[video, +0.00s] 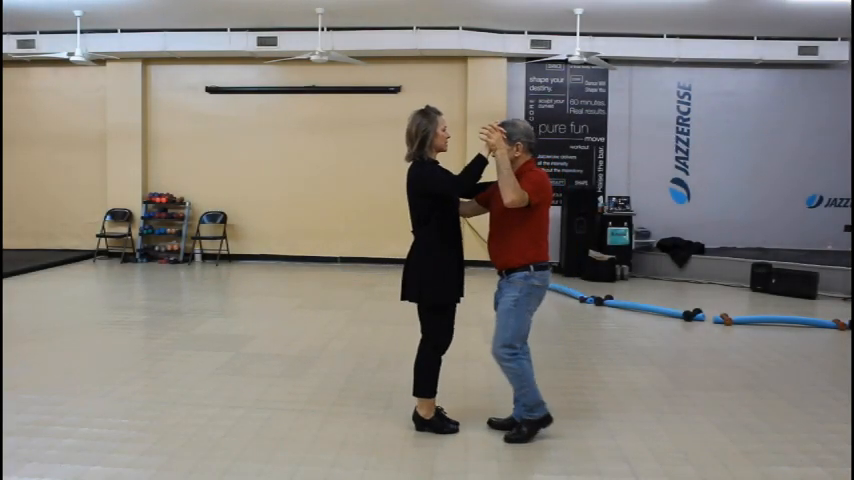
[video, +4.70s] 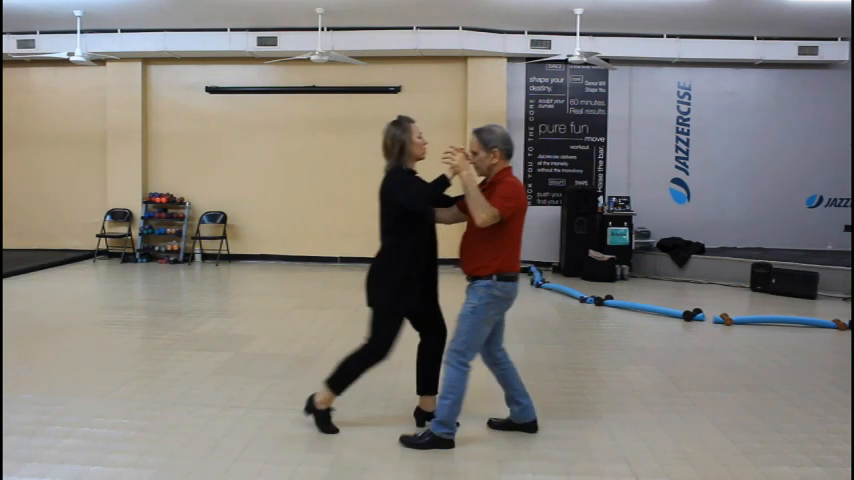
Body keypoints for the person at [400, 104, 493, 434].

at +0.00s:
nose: (447, 134)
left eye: (446, 129)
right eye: (442, 129)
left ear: (426, 135)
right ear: (427, 134)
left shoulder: (430, 169)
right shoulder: (424, 171)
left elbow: (465, 191)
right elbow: (460, 186)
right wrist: (484, 154)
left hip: (438, 268)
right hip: (433, 269)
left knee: (437, 337)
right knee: (436, 338)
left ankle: (426, 407)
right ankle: (425, 410)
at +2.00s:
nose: (459, 133)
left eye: (457, 127)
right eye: (453, 128)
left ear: (440, 133)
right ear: (439, 134)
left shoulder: (440, 168)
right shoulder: (436, 171)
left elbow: (474, 195)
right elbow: (469, 186)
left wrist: (508, 181)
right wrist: (496, 161)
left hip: (441, 267)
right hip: (437, 268)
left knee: (437, 338)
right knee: (435, 339)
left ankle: (427, 408)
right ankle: (424, 411)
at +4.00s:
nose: (460, 132)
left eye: (459, 127)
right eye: (455, 127)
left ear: (441, 132)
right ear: (440, 133)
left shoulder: (442, 167)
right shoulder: (438, 170)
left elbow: (472, 188)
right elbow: (472, 185)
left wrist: (505, 171)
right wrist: (501, 160)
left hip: (443, 267)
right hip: (439, 269)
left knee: (439, 338)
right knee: (438, 339)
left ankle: (427, 408)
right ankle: (425, 411)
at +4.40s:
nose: (453, 139)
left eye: (452, 133)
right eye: (448, 134)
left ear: (432, 138)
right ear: (433, 138)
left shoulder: (436, 173)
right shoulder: (425, 174)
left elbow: (464, 200)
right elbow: (455, 190)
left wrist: (498, 189)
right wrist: (485, 165)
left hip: (435, 270)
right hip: (421, 272)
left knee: (446, 336)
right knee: (445, 337)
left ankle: (429, 406)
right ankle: (410, 404)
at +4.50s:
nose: (446, 138)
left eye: (444, 133)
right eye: (440, 134)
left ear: (423, 140)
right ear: (424, 140)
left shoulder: (429, 176)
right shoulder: (419, 177)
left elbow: (457, 202)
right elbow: (444, 196)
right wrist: (473, 170)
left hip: (431, 274)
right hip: (415, 276)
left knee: (443, 335)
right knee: (437, 336)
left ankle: (428, 406)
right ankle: (376, 392)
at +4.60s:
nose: (435, 138)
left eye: (433, 133)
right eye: (429, 135)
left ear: (415, 142)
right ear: (415, 142)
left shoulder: (421, 179)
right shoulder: (408, 179)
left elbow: (449, 208)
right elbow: (435, 197)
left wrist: (481, 190)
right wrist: (462, 172)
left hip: (426, 278)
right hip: (406, 279)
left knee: (440, 333)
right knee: (408, 349)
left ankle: (428, 406)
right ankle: (344, 391)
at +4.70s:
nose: (424, 141)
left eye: (422, 136)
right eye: (419, 137)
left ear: (403, 144)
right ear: (404, 143)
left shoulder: (409, 180)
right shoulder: (398, 180)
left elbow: (441, 206)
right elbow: (424, 199)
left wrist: (472, 189)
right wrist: (450, 173)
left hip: (414, 278)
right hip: (393, 279)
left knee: (435, 333)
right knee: (378, 347)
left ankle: (427, 407)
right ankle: (321, 400)